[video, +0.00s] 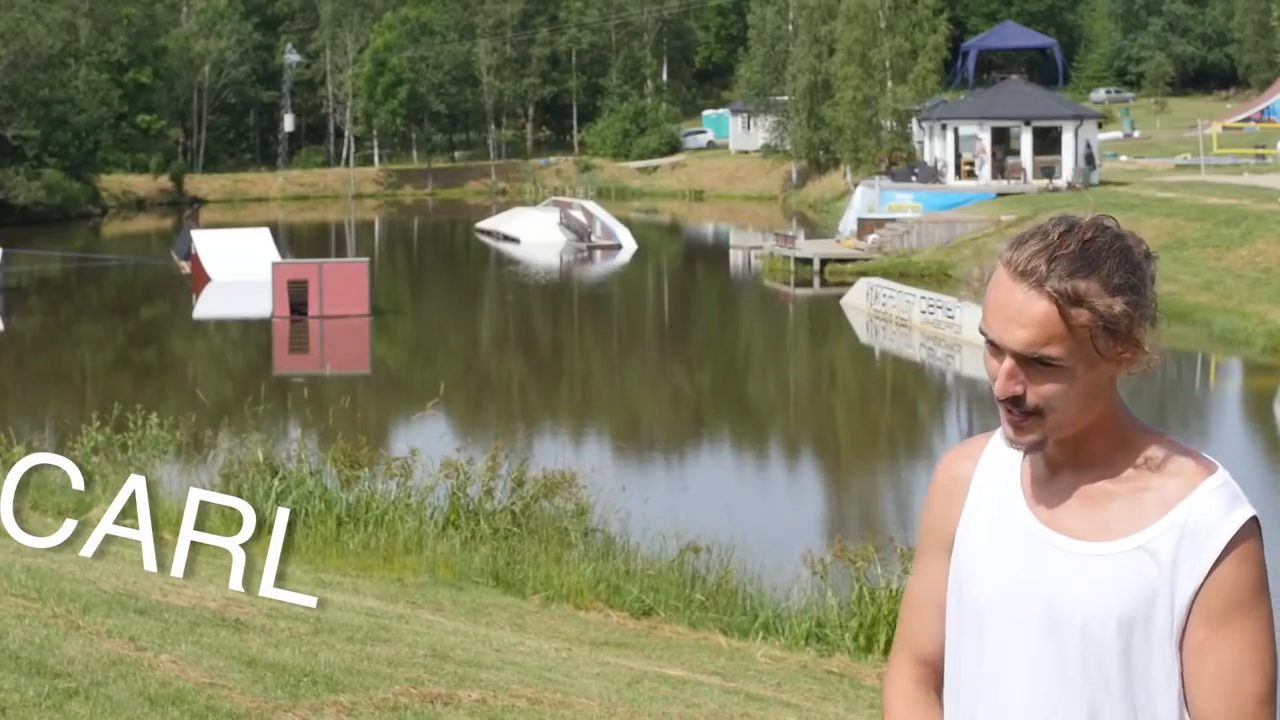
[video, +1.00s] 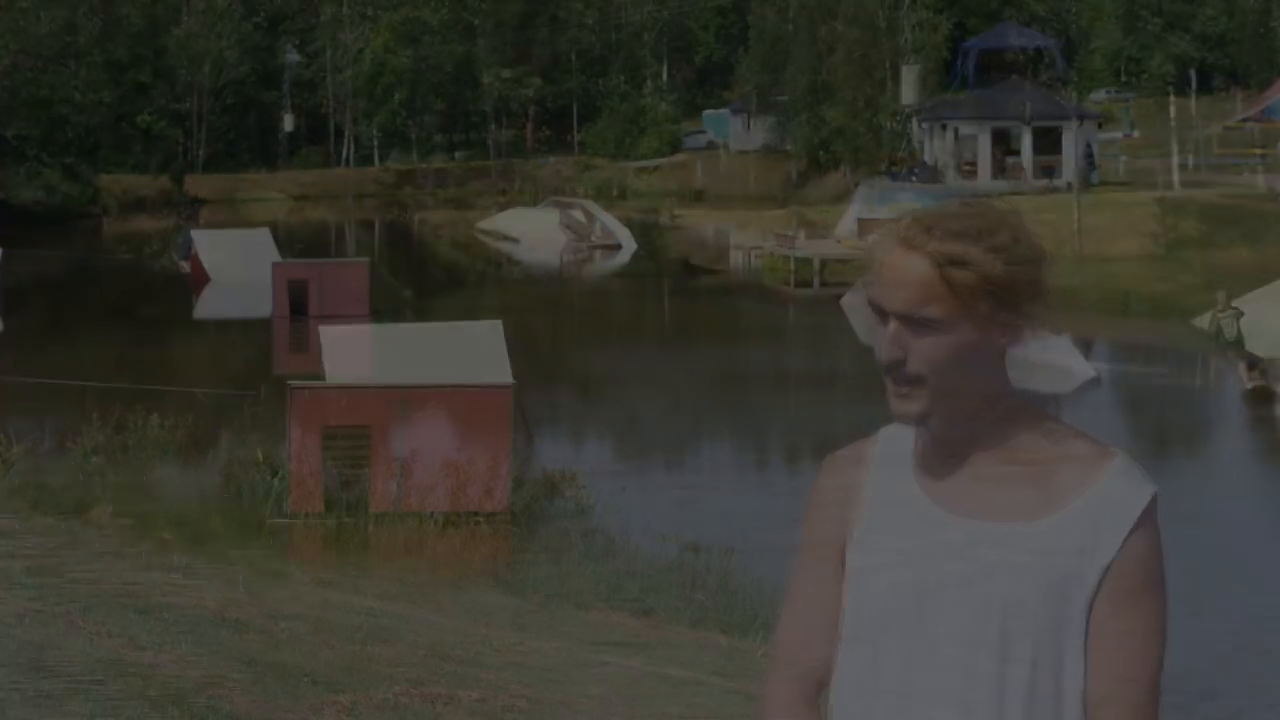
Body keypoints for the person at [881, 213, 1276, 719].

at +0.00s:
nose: (1004, 385)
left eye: (1042, 363)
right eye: (993, 347)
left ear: (1122, 352)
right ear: (983, 326)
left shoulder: (1208, 524)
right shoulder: (965, 476)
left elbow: (1238, 709)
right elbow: (915, 675)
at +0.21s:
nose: (982, 368)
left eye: (1019, 346)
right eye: (974, 332)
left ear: (1102, 343)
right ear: (964, 314)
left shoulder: (1188, 515)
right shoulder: (934, 476)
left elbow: (1207, 711)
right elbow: (882, 677)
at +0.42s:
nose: (956, 361)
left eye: (993, 339)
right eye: (948, 326)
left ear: (1075, 340)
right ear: (939, 311)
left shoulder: (1164, 510)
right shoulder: (905, 478)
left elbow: (1179, 710)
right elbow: (842, 687)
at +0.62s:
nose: (931, 355)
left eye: (967, 331)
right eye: (923, 320)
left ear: (1050, 333)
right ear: (913, 308)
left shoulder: (1141, 507)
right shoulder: (877, 479)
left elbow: (1150, 710)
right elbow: (816, 689)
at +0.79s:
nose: (911, 355)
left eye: (947, 331)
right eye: (903, 320)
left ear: (1030, 333)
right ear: (893, 308)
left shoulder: (1125, 508)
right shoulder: (861, 480)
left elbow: (1134, 710)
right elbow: (801, 693)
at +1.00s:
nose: (888, 352)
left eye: (922, 325)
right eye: (880, 318)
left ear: (1004, 329)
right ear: (868, 309)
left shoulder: (1107, 499)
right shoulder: (850, 481)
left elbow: (1122, 705)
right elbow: (794, 688)